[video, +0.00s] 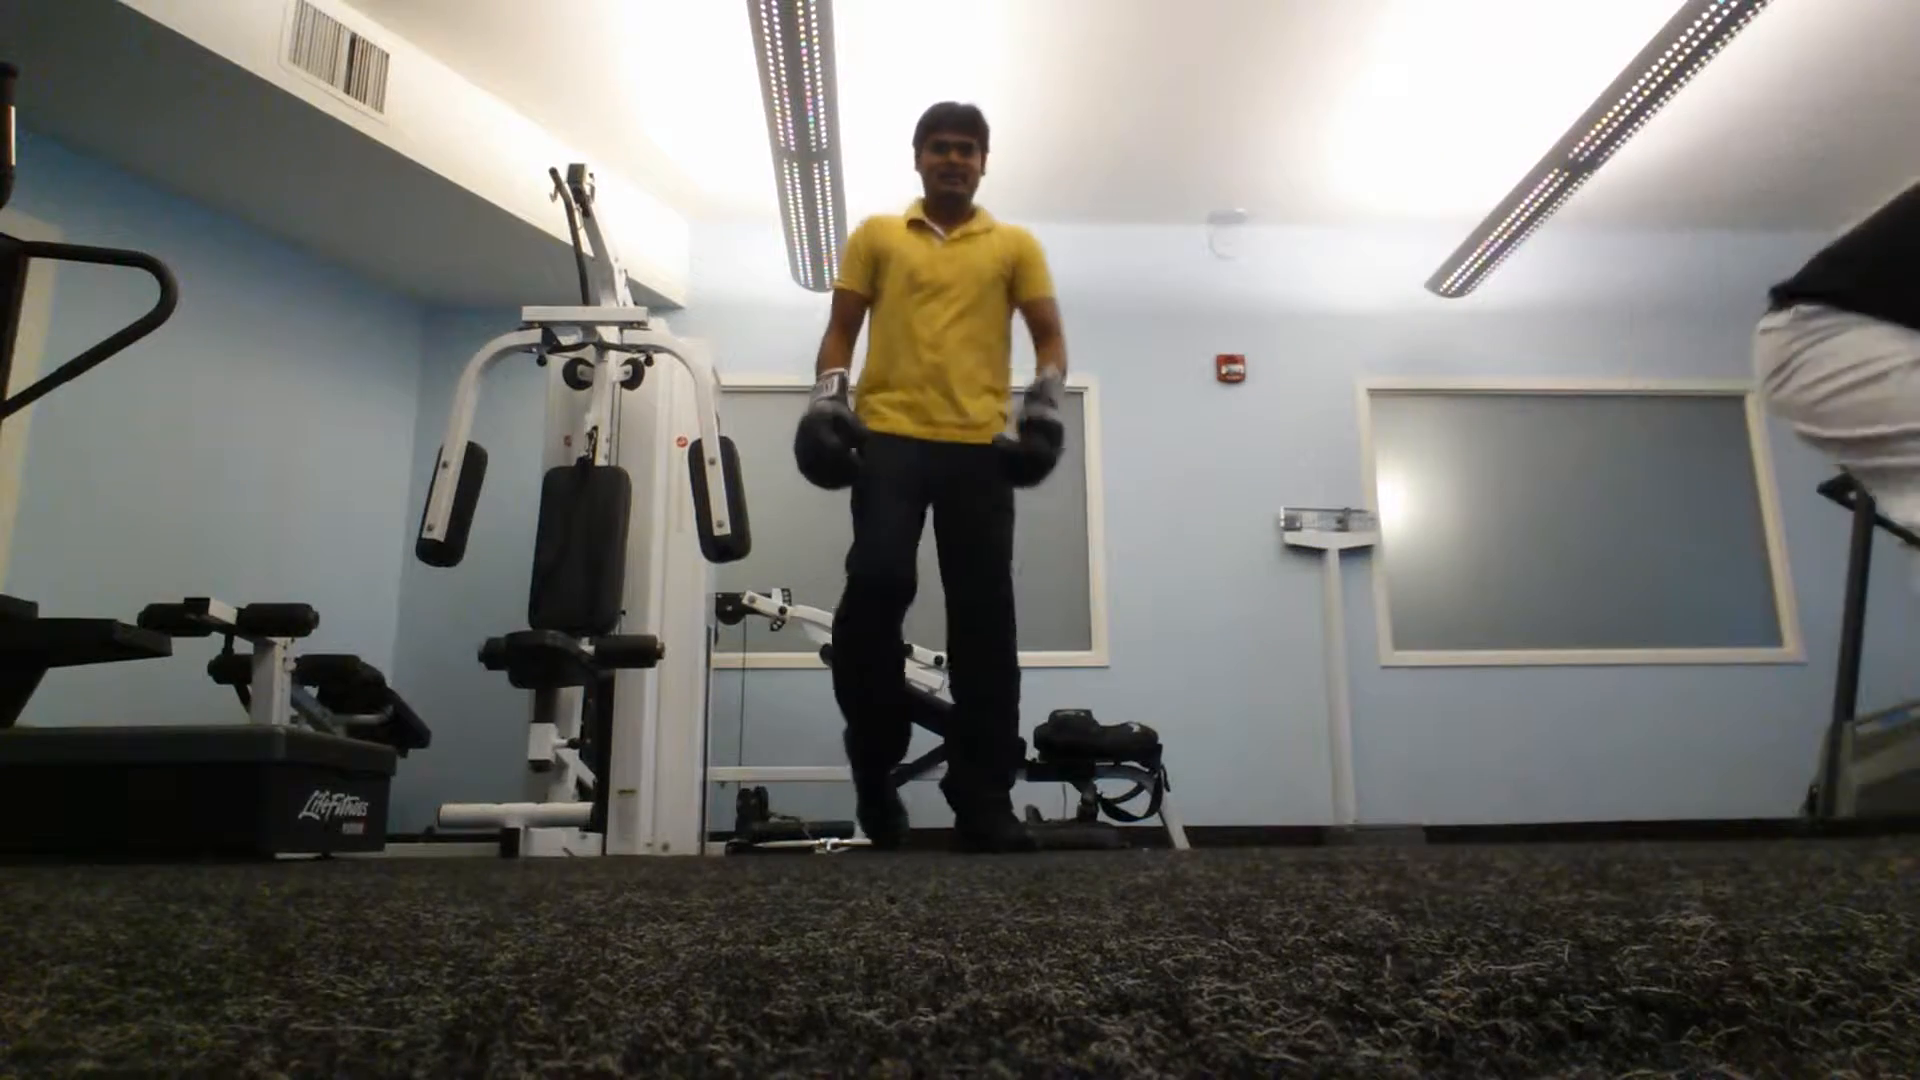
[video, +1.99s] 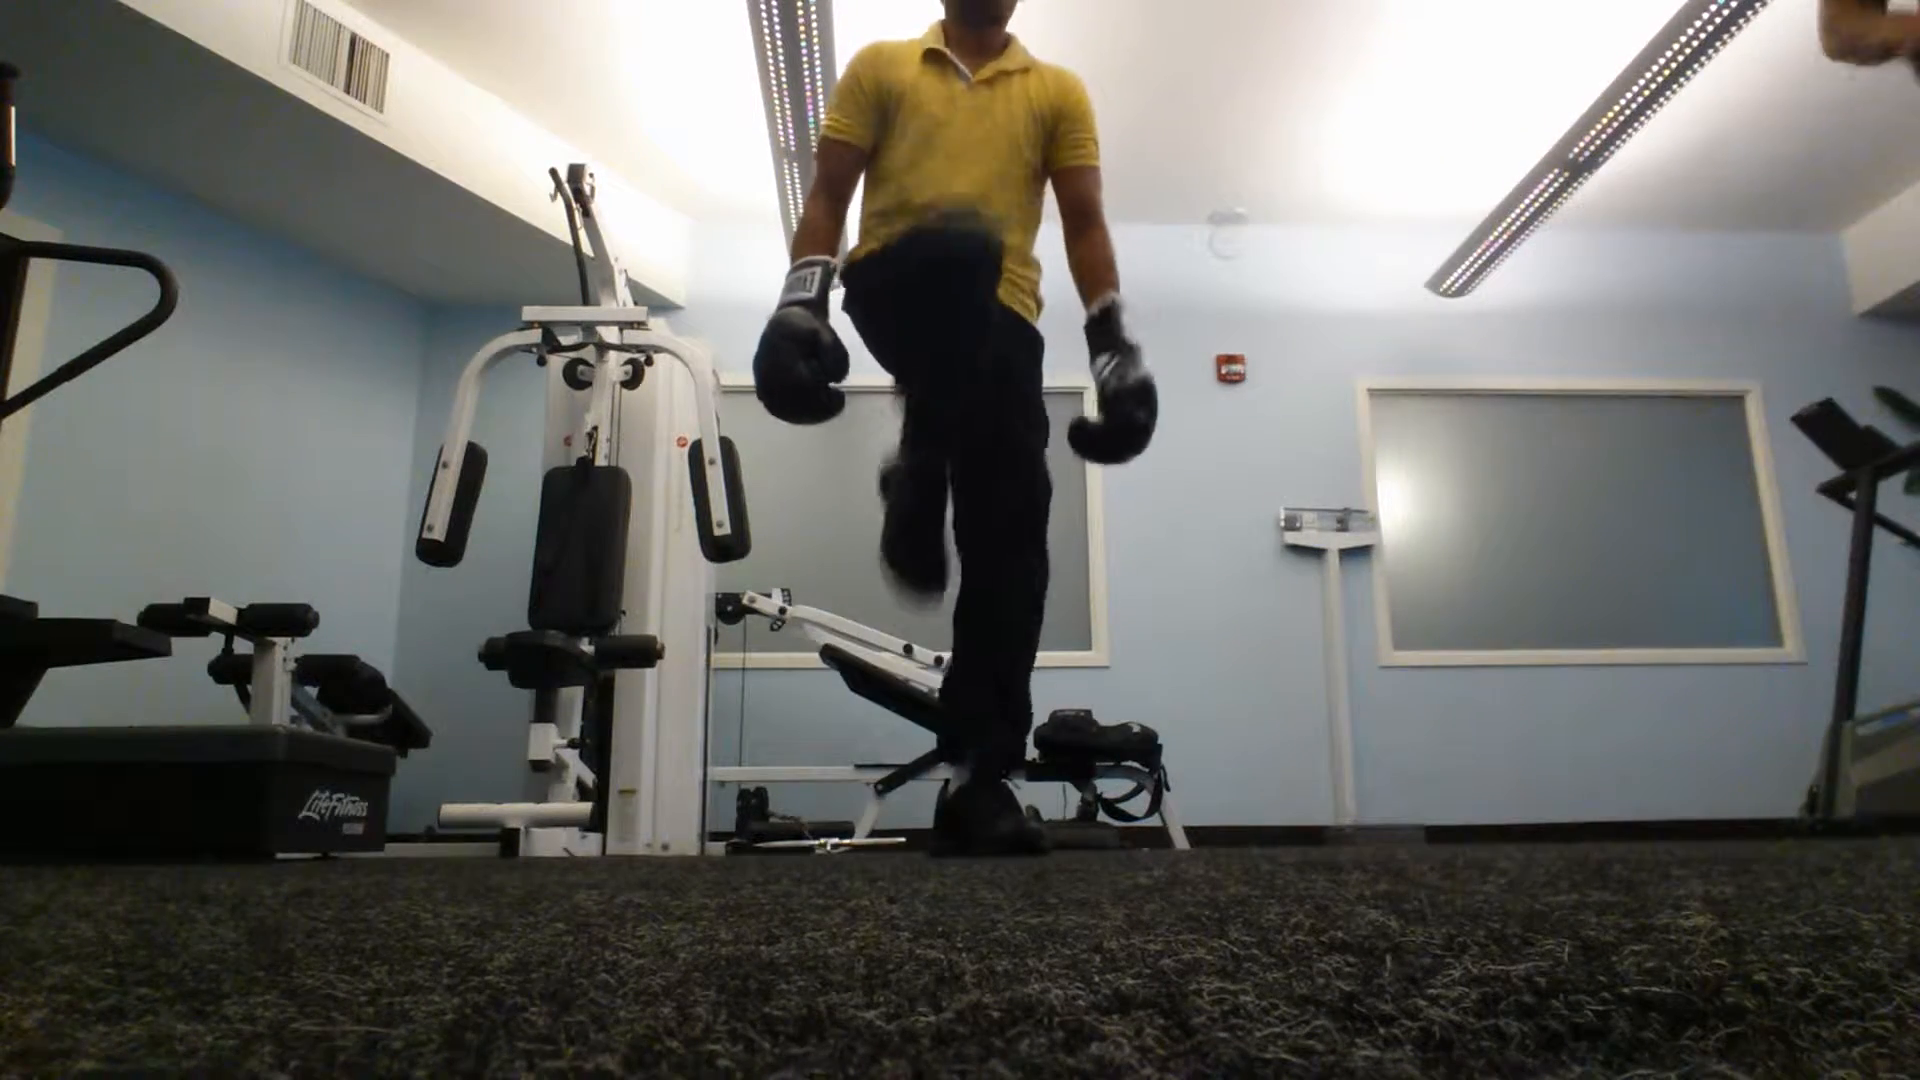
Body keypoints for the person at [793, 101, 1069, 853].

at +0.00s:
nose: (954, 161)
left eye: (966, 151)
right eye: (941, 150)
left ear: (985, 163)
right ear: (917, 159)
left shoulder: (1014, 247)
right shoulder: (878, 238)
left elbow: (1049, 339)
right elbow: (841, 328)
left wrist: (1044, 404)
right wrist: (827, 396)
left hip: (979, 446)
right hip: (889, 441)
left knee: (984, 615)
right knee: (876, 591)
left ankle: (984, 799)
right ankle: (875, 778)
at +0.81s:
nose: (882, 45)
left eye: (897, 30)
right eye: (865, 31)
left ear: (922, 46)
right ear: (845, 48)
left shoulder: (968, 143)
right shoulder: (810, 144)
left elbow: (1022, 247)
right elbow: (779, 251)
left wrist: (1065, 339)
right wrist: (750, 349)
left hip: (958, 383)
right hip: (848, 388)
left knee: (1012, 581)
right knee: (854, 603)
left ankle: (1006, 794)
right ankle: (865, 808)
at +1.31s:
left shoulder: (1033, 88)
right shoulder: (863, 75)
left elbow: (1067, 209)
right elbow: (820, 190)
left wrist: (1092, 322)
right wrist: (786, 294)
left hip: (989, 335)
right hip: (873, 330)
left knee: (986, 561)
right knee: (849, 544)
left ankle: (979, 795)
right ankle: (861, 760)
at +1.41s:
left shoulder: (1048, 77)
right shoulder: (879, 63)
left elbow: (1082, 190)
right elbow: (829, 184)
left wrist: (1100, 289)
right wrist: (782, 291)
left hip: (999, 308)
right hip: (885, 292)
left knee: (996, 549)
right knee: (874, 440)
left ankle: (979, 795)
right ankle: (867, 678)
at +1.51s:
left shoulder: (1055, 72)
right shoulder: (884, 56)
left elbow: (1090, 183)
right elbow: (829, 181)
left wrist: (1104, 256)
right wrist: (786, 281)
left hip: (1002, 294)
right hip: (894, 265)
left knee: (998, 552)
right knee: (922, 371)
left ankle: (979, 797)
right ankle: (885, 630)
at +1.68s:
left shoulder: (1058, 74)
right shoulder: (885, 48)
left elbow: (1092, 194)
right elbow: (826, 172)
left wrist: (1107, 249)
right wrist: (790, 273)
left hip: (1005, 310)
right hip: (893, 281)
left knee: (999, 545)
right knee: (983, 204)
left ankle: (979, 792)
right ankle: (911, 457)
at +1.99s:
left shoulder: (1055, 89)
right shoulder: (881, 67)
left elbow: (1085, 220)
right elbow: (829, 192)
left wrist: (1111, 341)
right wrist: (800, 299)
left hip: (999, 322)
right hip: (892, 298)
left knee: (1009, 540)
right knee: (961, 246)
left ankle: (981, 782)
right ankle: (917, 484)